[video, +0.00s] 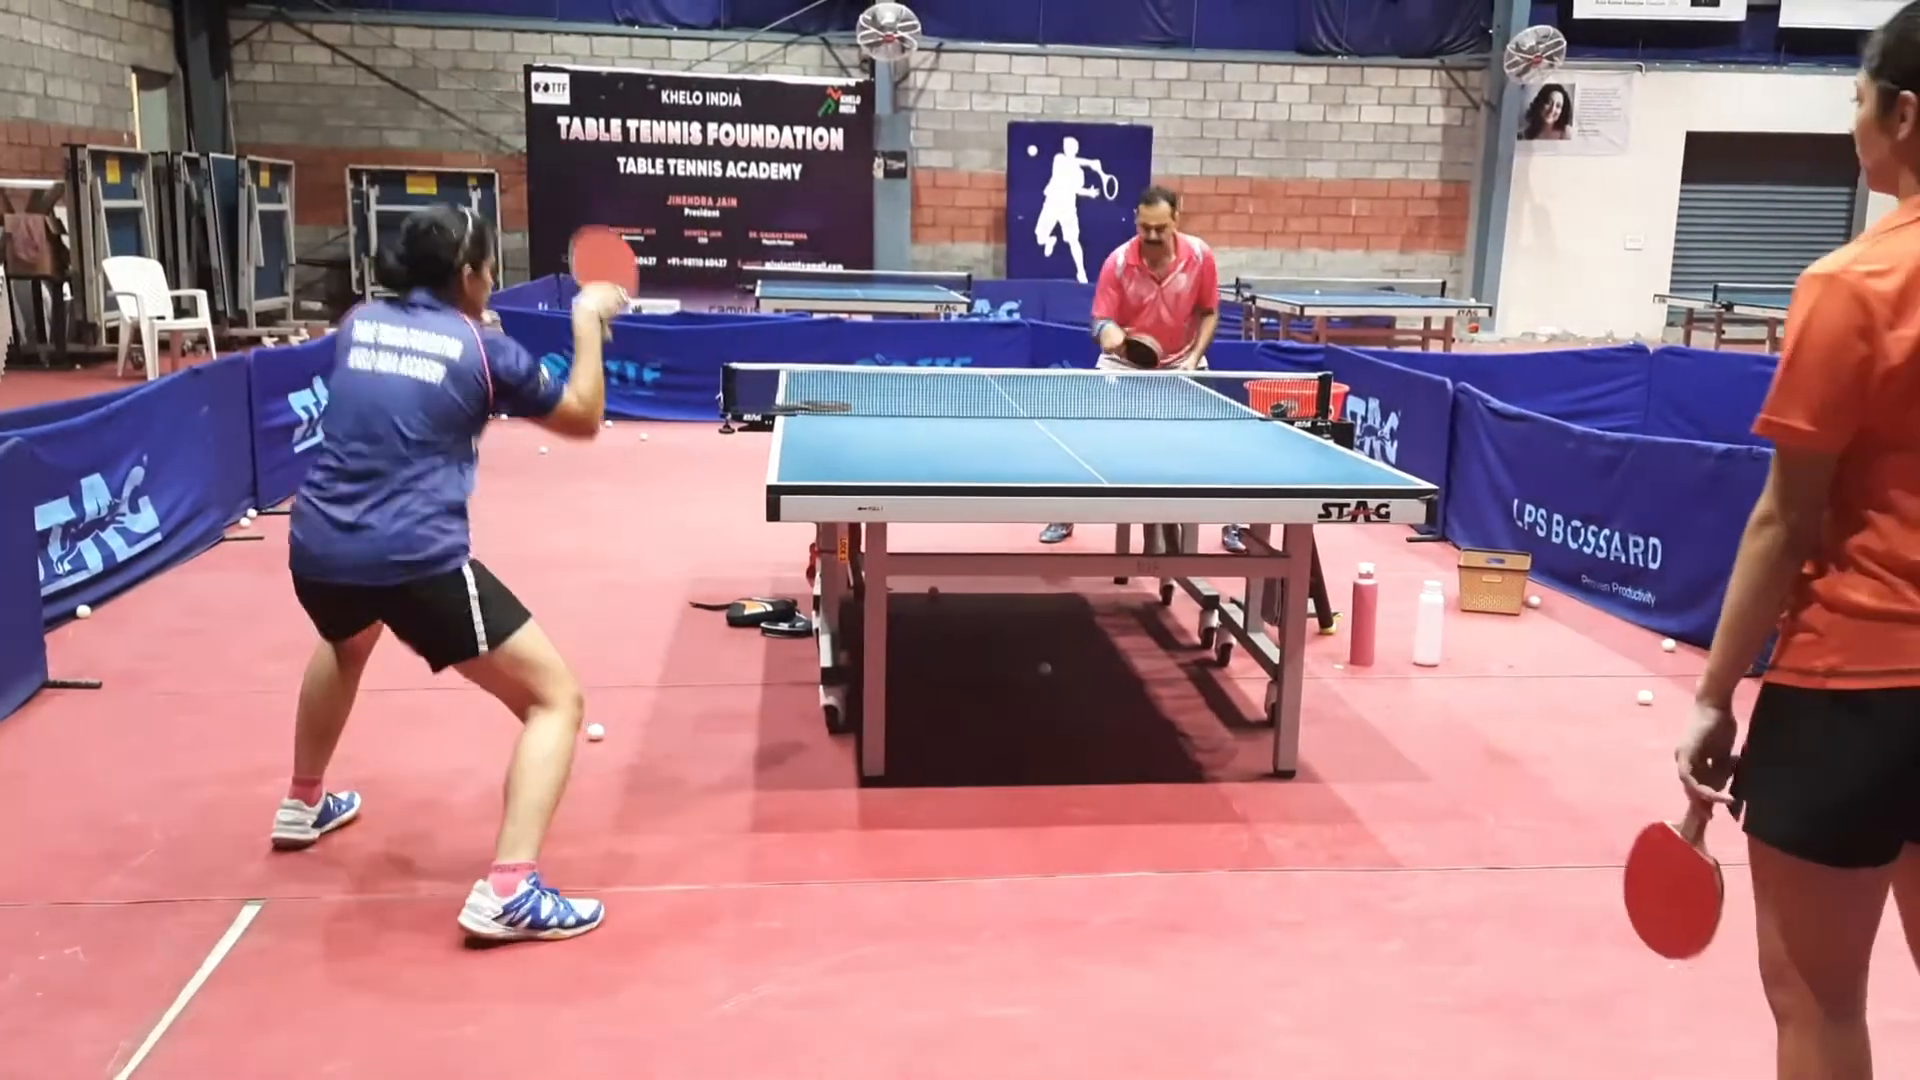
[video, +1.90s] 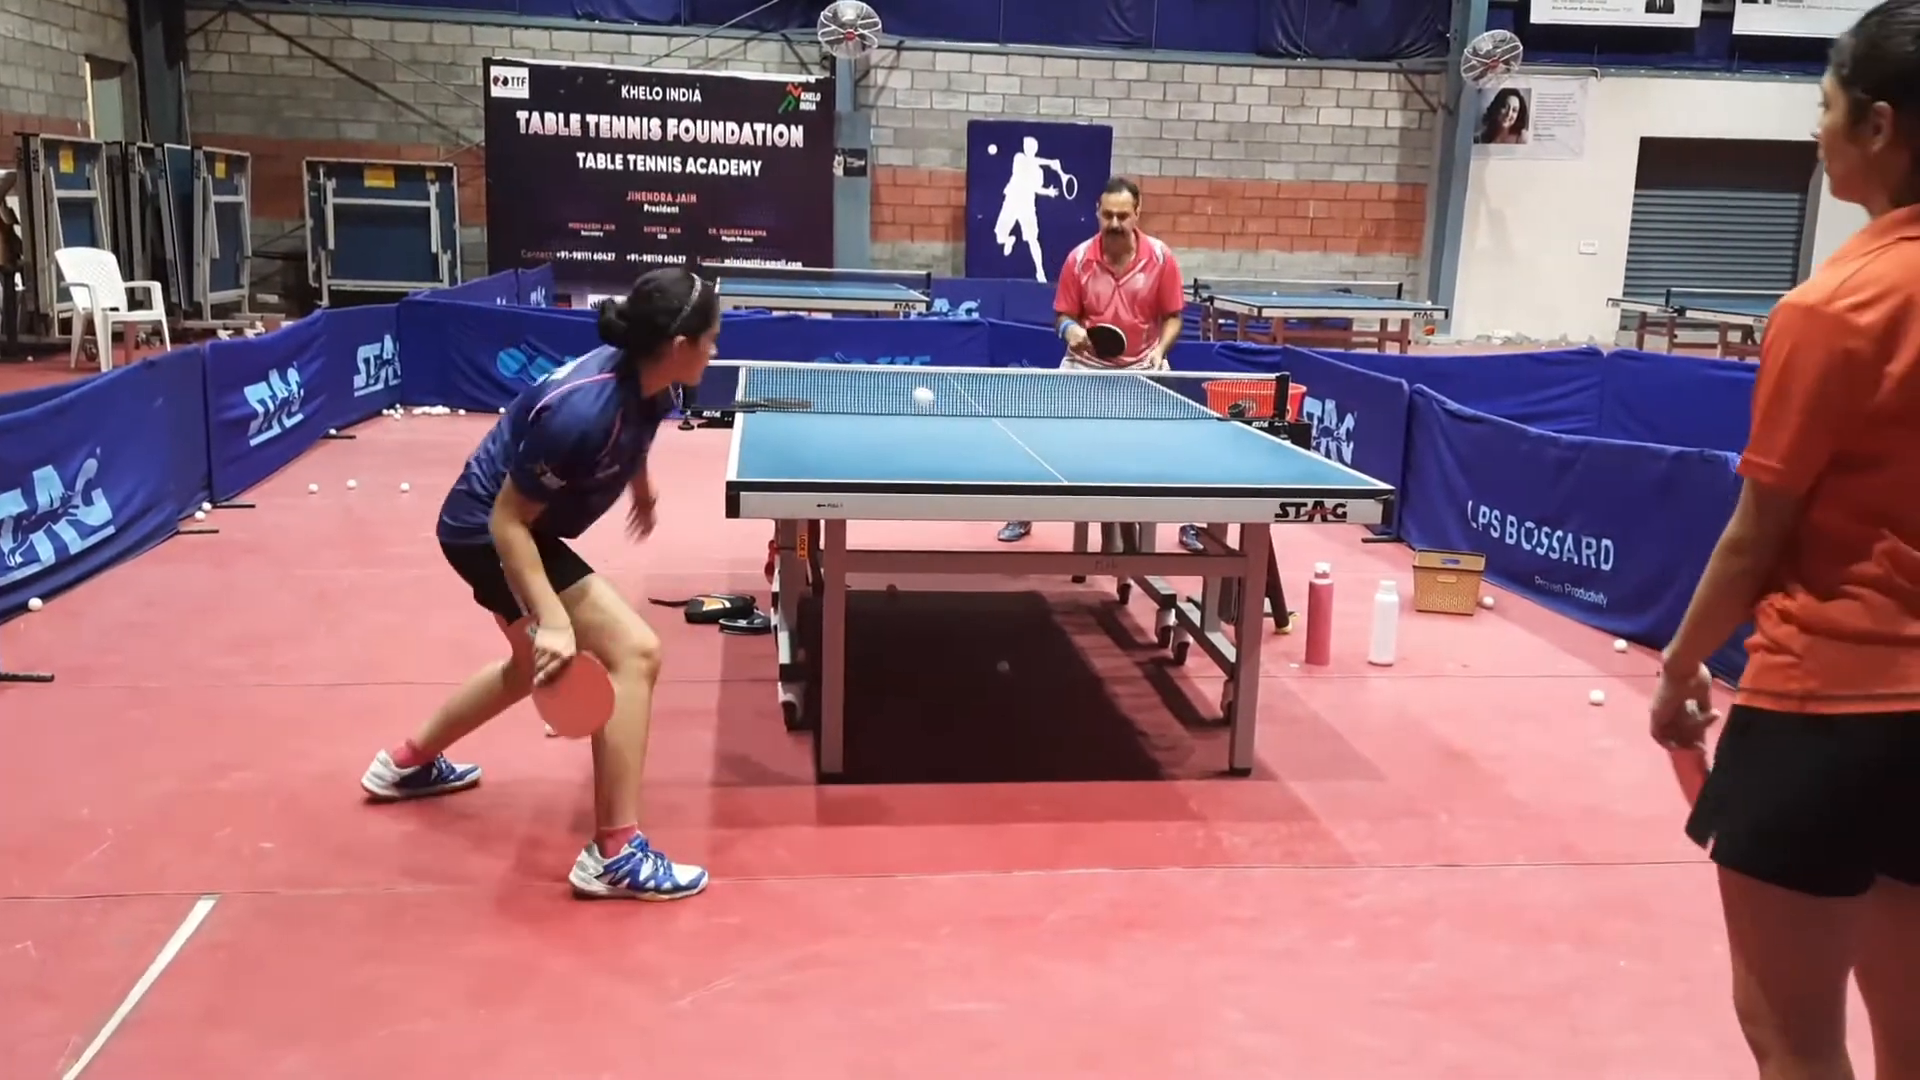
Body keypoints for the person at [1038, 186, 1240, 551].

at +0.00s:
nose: (1152, 236)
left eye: (1161, 228)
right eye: (1145, 228)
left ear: (1176, 220)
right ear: (1135, 222)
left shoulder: (1199, 256)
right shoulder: (1118, 262)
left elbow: (1210, 313)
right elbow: (1102, 318)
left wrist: (1195, 355)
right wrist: (1112, 335)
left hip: (1182, 365)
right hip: (1124, 365)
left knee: (1218, 433)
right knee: (1085, 427)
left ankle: (1232, 522)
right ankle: (1063, 514)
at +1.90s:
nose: (1114, 224)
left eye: (1122, 216)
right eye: (1107, 215)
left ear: (1137, 214)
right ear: (1097, 213)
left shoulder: (1160, 257)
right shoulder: (1079, 258)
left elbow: (1173, 316)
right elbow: (1064, 314)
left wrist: (1159, 348)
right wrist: (1071, 331)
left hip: (1143, 368)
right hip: (1084, 366)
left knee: (1180, 433)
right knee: (1041, 428)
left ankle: (1190, 520)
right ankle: (1021, 513)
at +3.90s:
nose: (1106, 192)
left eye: (1115, 184)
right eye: (1100, 183)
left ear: (1131, 187)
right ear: (1092, 184)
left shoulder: (1153, 233)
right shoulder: (1071, 231)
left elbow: (1166, 296)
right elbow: (1055, 289)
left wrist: (1133, 329)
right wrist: (1042, 294)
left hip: (1129, 351)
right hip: (1069, 344)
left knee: (1159, 423)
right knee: (1032, 413)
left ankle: (1174, 508)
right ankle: (1016, 498)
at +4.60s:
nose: (1110, 205)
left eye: (1117, 197)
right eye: (1102, 197)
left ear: (1125, 193)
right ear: (1083, 190)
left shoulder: (1138, 231)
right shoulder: (1052, 231)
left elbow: (1167, 281)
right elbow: (1029, 283)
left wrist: (1181, 313)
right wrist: (1027, 305)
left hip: (1117, 348)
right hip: (1054, 346)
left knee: (1134, 429)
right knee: (1024, 419)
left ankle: (1152, 522)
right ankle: (999, 509)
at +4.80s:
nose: (1142, 220)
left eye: (1151, 213)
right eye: (1135, 210)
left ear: (1163, 210)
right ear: (1122, 202)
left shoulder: (1173, 248)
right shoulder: (1093, 234)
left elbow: (1197, 305)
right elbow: (1067, 283)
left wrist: (1216, 351)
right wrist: (1057, 304)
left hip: (1146, 351)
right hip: (1090, 347)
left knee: (1152, 437)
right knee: (1051, 423)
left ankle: (1154, 529)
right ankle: (1015, 511)